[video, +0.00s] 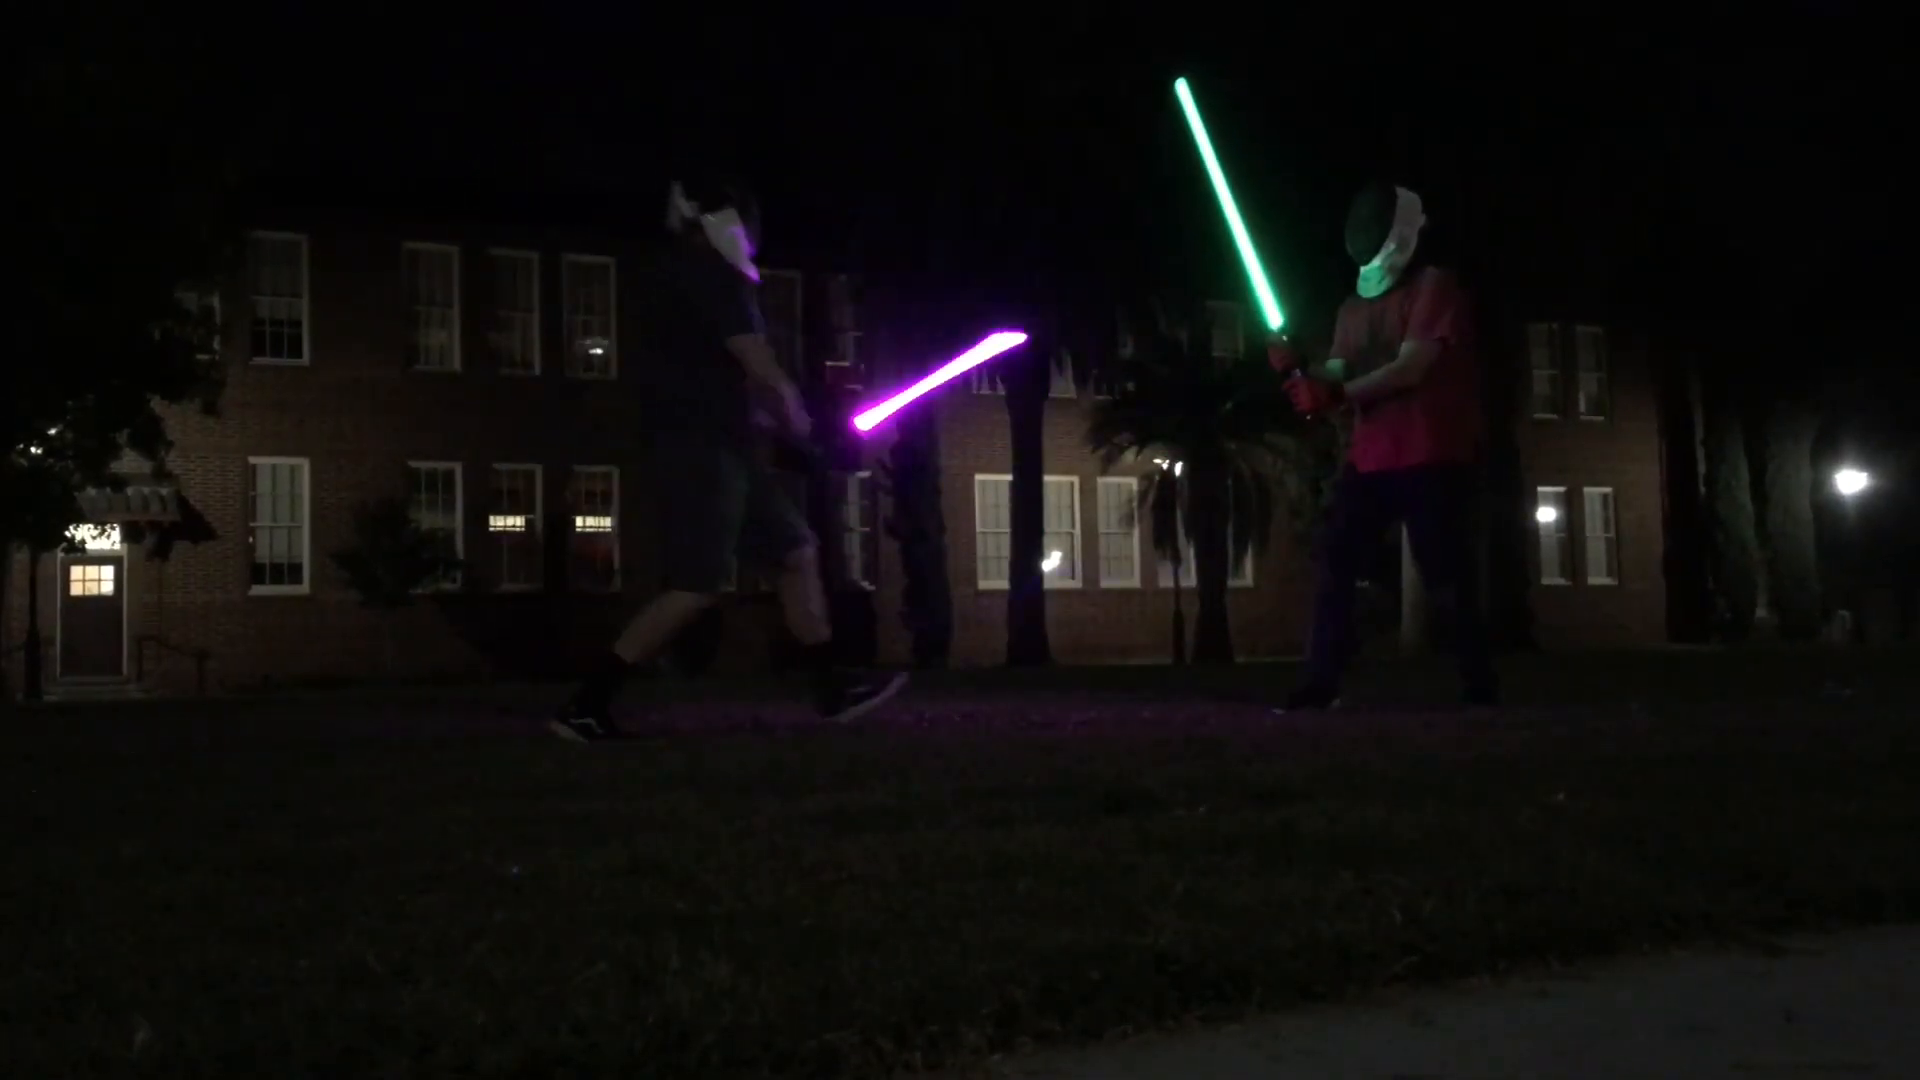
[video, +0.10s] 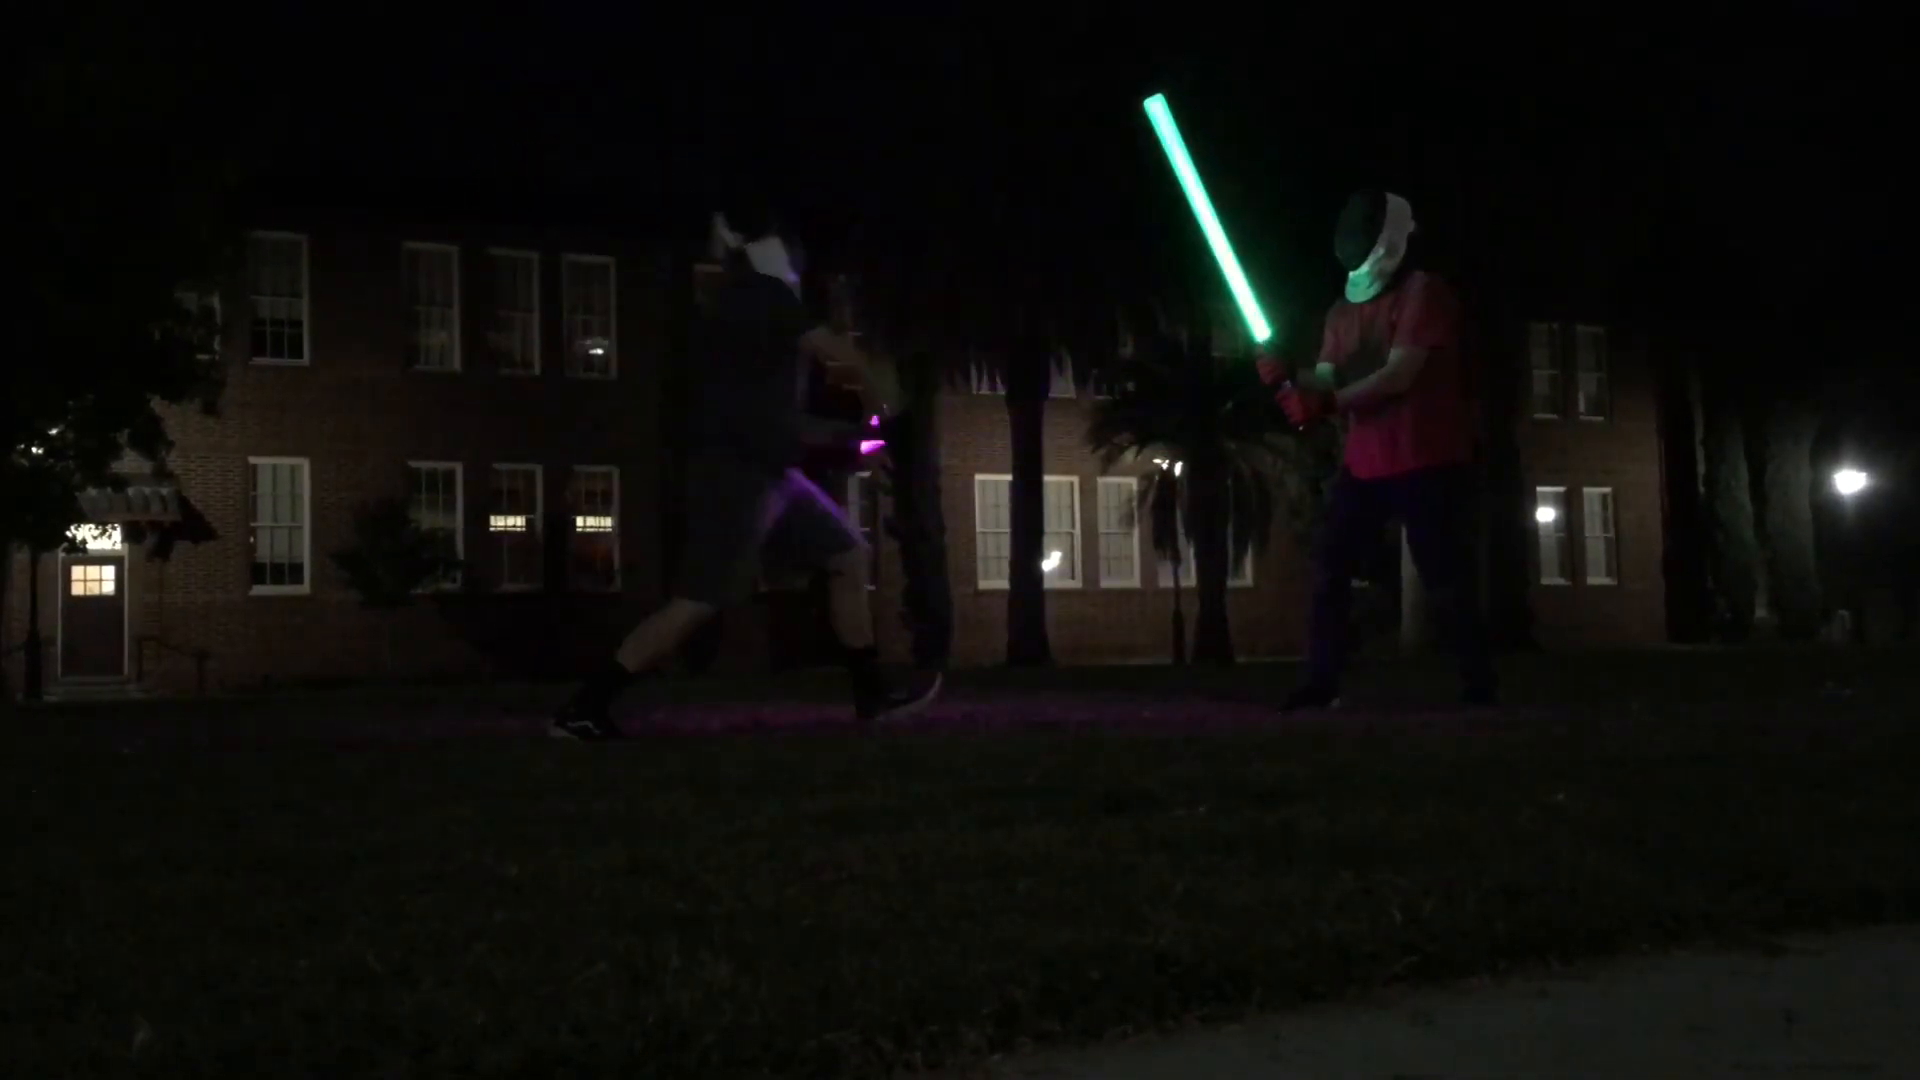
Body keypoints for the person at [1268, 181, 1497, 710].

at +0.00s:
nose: (1369, 253)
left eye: (1379, 240)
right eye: (1363, 243)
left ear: (1404, 237)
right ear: (1360, 245)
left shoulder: (1434, 289)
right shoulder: (1356, 309)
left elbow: (1414, 365)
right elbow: (1339, 375)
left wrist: (1340, 393)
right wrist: (1298, 370)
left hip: (1432, 461)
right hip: (1371, 464)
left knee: (1446, 576)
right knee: (1338, 566)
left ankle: (1474, 684)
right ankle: (1321, 680)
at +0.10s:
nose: (1356, 261)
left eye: (1368, 249)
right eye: (1352, 252)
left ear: (1393, 245)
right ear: (1348, 252)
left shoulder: (1421, 294)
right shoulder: (1345, 312)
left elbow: (1402, 373)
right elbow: (1324, 379)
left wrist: (1331, 401)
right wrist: (1286, 377)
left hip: (1426, 466)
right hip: (1365, 468)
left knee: (1445, 579)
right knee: (1332, 570)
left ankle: (1474, 684)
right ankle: (1322, 680)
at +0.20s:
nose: (1355, 260)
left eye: (1367, 249)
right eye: (1352, 250)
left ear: (1392, 249)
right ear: (1348, 253)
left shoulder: (1418, 298)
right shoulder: (1344, 313)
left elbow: (1388, 370)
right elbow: (1318, 380)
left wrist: (1313, 405)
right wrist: (1268, 385)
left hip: (1430, 467)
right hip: (1368, 469)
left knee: (1451, 577)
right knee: (1328, 564)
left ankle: (1495, 675)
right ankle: (1315, 681)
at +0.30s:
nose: (1368, 262)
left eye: (1382, 252)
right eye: (1366, 250)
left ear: (1407, 260)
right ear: (1360, 258)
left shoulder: (1425, 312)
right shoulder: (1350, 329)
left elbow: (1372, 372)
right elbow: (1316, 393)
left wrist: (1303, 415)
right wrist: (1254, 411)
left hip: (1434, 479)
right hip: (1373, 482)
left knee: (1473, 586)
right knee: (1319, 563)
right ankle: (1311, 682)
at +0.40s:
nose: (1399, 279)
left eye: (1411, 269)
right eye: (1400, 270)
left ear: (1435, 273)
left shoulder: (1456, 322)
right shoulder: (1391, 328)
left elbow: (1395, 367)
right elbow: (1352, 384)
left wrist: (1320, 393)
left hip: (1463, 491)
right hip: (1403, 493)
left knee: (1521, 592)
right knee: (1335, 573)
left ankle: (1630, 679)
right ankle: (1313, 687)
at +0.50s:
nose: (1449, 282)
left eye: (1460, 271)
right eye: (1450, 273)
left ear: (1485, 274)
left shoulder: (1502, 310)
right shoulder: (1441, 330)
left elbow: (1431, 331)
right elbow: (1406, 398)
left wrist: (1367, 343)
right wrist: (1338, 392)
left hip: (1495, 482)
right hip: (1436, 485)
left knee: (1548, 598)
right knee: (1373, 584)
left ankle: (1640, 688)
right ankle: (1317, 690)